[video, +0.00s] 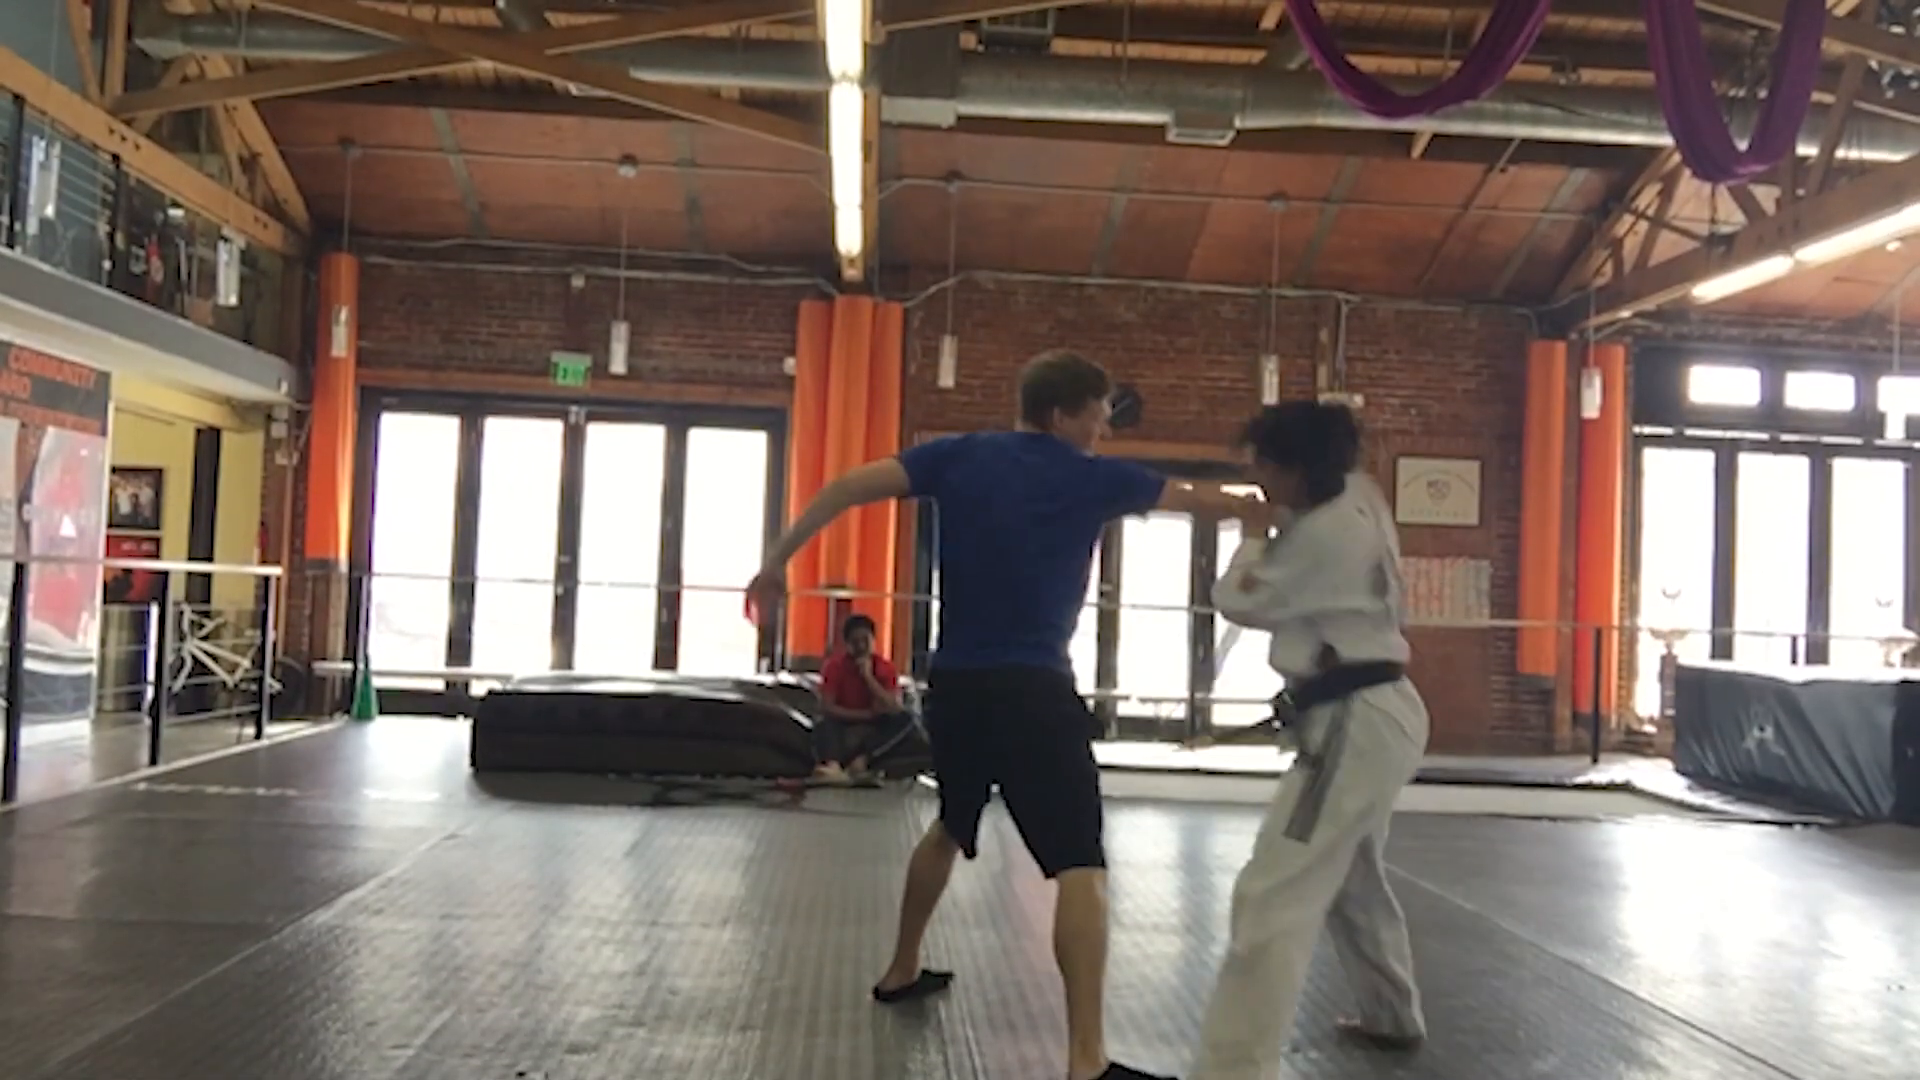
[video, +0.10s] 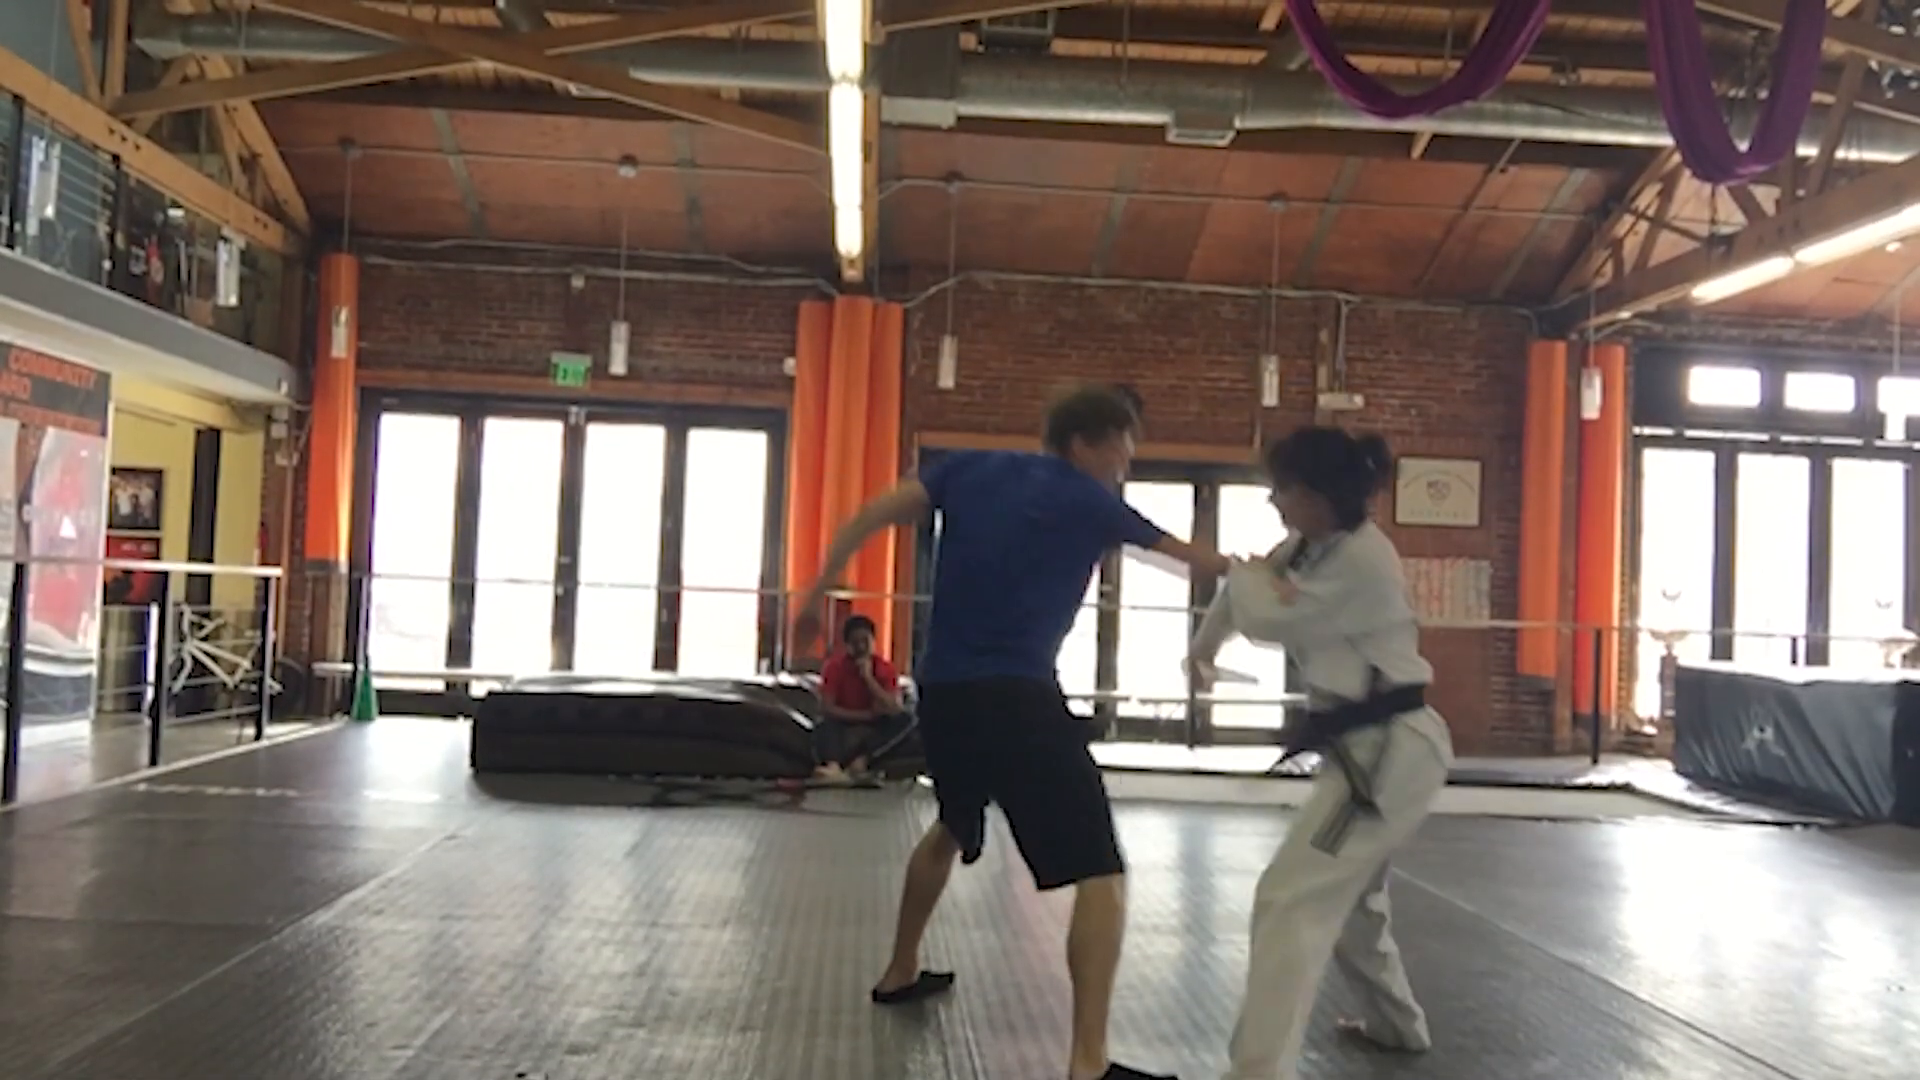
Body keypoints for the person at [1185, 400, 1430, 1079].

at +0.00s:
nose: (1258, 479)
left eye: (1265, 468)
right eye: (1258, 467)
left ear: (1298, 470)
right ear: (1321, 464)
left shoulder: (1326, 532)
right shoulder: (1357, 498)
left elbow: (1236, 597)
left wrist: (1256, 533)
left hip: (1359, 721)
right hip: (1377, 709)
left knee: (1270, 897)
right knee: (1351, 874)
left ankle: (1232, 1068)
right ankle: (1393, 1018)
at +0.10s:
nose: (1277, 504)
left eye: (1286, 492)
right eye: (1276, 492)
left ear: (1324, 496)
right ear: (1316, 498)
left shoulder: (1363, 557)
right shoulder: (1309, 546)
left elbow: (1275, 622)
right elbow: (1240, 594)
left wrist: (1242, 574)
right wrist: (1201, 652)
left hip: (1395, 747)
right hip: (1359, 744)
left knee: (1288, 899)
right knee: (1351, 898)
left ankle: (1257, 1069)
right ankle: (1396, 1024)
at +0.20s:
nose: (1289, 504)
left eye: (1301, 494)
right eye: (1292, 492)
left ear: (1338, 507)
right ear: (1331, 508)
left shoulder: (1382, 574)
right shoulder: (1315, 574)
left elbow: (1342, 664)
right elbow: (1278, 653)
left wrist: (1251, 654)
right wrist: (1227, 683)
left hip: (1400, 763)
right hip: (1349, 759)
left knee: (1292, 905)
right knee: (1320, 897)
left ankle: (1278, 1068)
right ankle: (1391, 1023)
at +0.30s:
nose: (1299, 503)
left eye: (1315, 493)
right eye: (1302, 492)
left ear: (1354, 508)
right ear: (1324, 510)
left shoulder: (1393, 585)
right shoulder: (1304, 591)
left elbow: (1363, 680)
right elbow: (1280, 687)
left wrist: (1279, 653)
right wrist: (1247, 656)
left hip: (1386, 772)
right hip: (1329, 769)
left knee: (1262, 904)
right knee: (1306, 912)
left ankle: (1268, 1070)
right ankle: (1388, 1024)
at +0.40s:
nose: (1334, 489)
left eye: (1346, 478)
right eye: (1339, 476)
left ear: (1373, 494)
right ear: (1388, 497)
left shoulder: (1391, 575)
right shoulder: (1358, 561)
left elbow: (1317, 651)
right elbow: (1312, 638)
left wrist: (1267, 609)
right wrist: (1257, 618)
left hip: (1356, 757)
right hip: (1345, 750)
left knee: (1226, 914)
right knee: (1326, 904)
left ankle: (1255, 1071)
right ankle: (1390, 1026)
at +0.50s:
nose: (1359, 474)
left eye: (1366, 464)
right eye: (1369, 464)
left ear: (1374, 476)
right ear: (1429, 489)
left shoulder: (1324, 537)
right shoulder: (1420, 562)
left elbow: (1253, 612)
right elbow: (1371, 626)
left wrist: (1231, 570)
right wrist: (1270, 573)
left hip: (1289, 721)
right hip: (1374, 727)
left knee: (1236, 895)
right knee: (1366, 867)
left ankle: (1213, 1062)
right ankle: (1404, 1030)